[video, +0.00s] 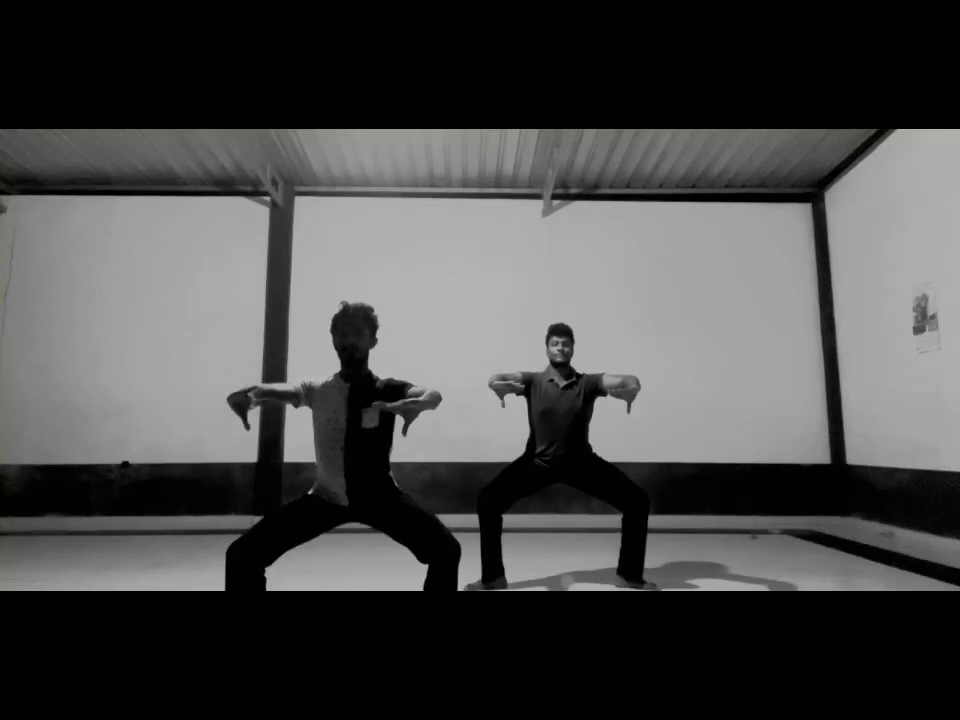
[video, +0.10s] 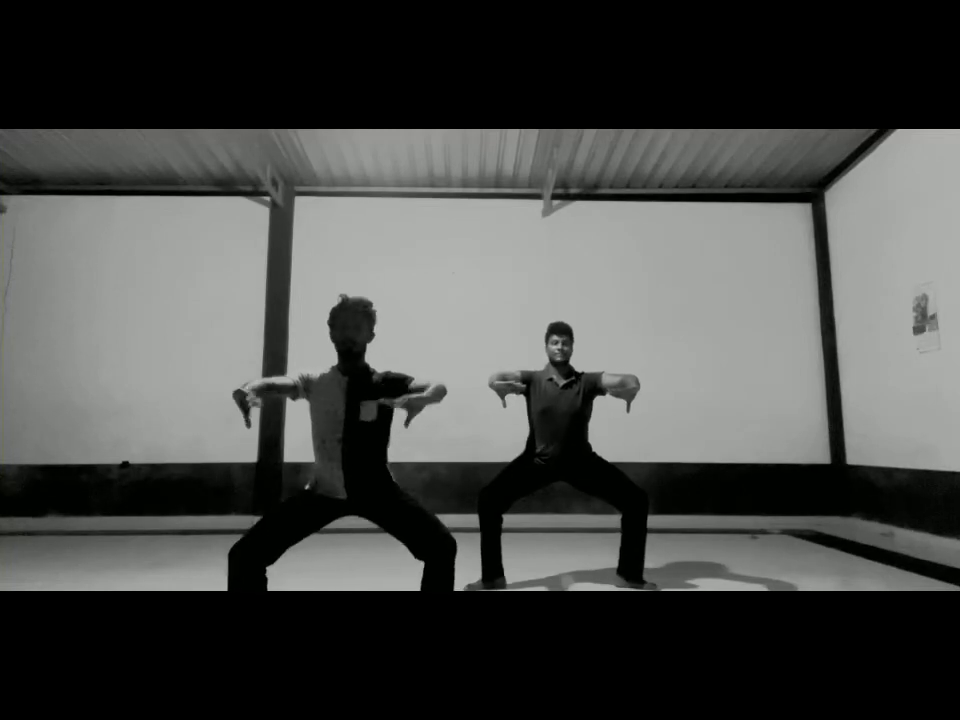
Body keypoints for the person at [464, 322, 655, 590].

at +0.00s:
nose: (560, 348)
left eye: (566, 344)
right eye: (555, 344)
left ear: (572, 349)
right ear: (547, 348)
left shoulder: (587, 382)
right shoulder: (533, 380)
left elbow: (627, 381)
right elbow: (494, 380)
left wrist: (631, 389)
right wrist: (502, 387)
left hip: (580, 462)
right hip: (537, 463)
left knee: (636, 501)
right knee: (489, 500)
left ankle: (630, 575)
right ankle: (493, 578)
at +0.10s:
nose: (560, 347)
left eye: (565, 343)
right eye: (554, 343)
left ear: (572, 347)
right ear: (546, 347)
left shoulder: (587, 381)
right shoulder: (532, 379)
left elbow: (626, 381)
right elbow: (495, 379)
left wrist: (630, 389)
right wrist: (501, 386)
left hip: (579, 461)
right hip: (537, 462)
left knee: (635, 501)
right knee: (489, 500)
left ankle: (630, 575)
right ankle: (492, 578)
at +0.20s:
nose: (561, 345)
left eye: (566, 340)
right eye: (555, 340)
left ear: (572, 343)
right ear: (546, 343)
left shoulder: (586, 377)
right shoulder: (532, 375)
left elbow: (627, 378)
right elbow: (498, 376)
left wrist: (631, 387)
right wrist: (500, 386)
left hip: (578, 458)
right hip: (537, 459)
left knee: (635, 498)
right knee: (493, 501)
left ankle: (631, 572)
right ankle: (489, 576)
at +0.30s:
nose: (564, 344)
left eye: (568, 339)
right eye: (559, 340)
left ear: (575, 341)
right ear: (550, 342)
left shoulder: (590, 376)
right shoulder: (536, 373)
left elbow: (629, 375)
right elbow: (503, 376)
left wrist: (643, 385)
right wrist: (522, 393)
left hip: (581, 458)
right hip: (539, 459)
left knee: (637, 496)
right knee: (499, 510)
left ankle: (637, 570)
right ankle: (488, 578)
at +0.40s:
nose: (575, 349)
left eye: (578, 343)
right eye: (569, 344)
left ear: (584, 344)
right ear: (559, 345)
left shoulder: (599, 378)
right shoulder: (544, 377)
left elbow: (639, 376)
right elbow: (504, 376)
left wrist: (663, 386)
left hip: (586, 458)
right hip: (547, 459)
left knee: (639, 497)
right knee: (514, 513)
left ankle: (640, 571)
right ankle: (488, 574)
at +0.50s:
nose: (592, 342)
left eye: (595, 337)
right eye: (585, 338)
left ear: (599, 341)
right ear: (574, 342)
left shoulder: (607, 378)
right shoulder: (564, 370)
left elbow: (646, 378)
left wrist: (672, 390)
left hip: (589, 457)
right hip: (553, 455)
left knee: (640, 497)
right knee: (522, 511)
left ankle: (642, 572)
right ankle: (485, 574)